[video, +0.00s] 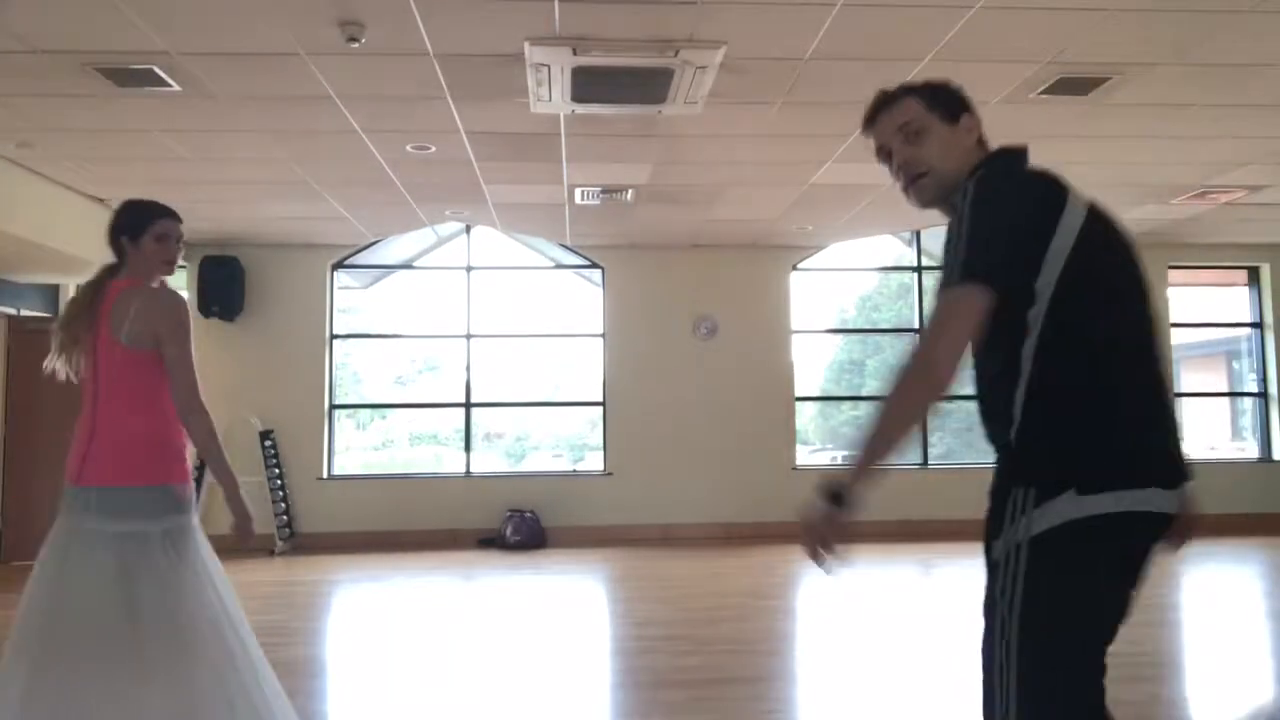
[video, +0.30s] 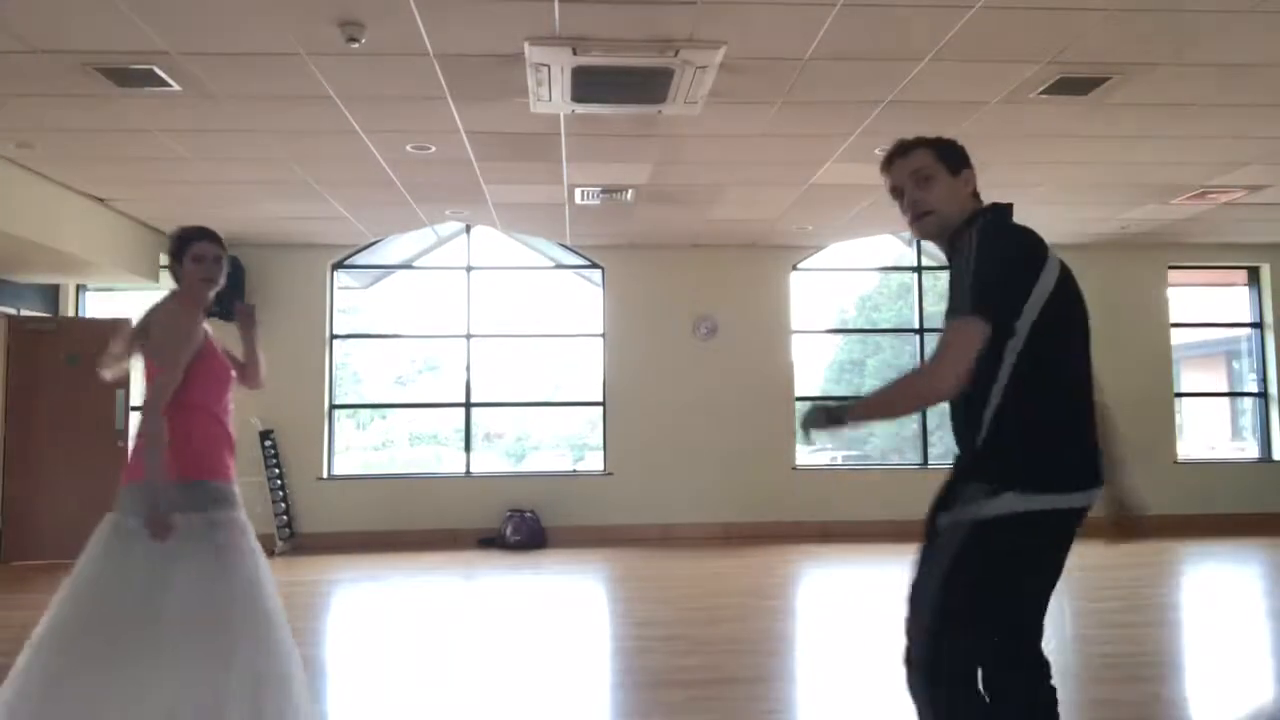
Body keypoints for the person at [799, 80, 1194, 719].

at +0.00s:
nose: (900, 160)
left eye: (912, 134)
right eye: (886, 156)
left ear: (968, 126)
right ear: (890, 173)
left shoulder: (997, 196)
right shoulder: (1060, 202)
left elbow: (939, 357)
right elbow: (1126, 355)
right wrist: (1170, 480)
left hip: (1068, 493)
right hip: (1124, 487)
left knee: (1027, 697)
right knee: (1066, 691)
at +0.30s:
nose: (910, 200)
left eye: (923, 182)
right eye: (899, 194)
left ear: (967, 181)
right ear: (899, 211)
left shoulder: (988, 245)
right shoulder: (1029, 251)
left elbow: (947, 375)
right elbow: (1078, 387)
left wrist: (847, 412)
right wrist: (1114, 484)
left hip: (1009, 487)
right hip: (1055, 484)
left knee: (938, 653)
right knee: (1013, 651)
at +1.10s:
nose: (895, 256)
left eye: (906, 245)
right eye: (890, 247)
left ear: (934, 249)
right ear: (890, 254)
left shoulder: (948, 303)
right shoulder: (943, 304)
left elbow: (966, 391)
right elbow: (982, 394)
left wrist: (894, 429)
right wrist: (918, 431)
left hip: (943, 469)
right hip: (955, 466)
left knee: (930, 591)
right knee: (954, 583)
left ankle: (968, 709)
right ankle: (990, 694)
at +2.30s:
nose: (837, 273)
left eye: (845, 264)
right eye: (836, 265)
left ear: (874, 268)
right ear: (859, 271)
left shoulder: (900, 313)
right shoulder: (864, 324)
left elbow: (920, 393)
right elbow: (857, 401)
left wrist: (905, 467)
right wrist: (827, 465)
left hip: (901, 459)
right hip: (872, 459)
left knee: (893, 566)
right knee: (878, 564)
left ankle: (903, 683)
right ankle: (893, 673)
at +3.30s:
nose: (890, 249)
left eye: (899, 240)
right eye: (889, 240)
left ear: (933, 245)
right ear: (898, 248)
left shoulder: (971, 303)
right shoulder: (903, 315)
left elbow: (992, 394)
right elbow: (908, 400)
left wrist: (962, 471)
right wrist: (883, 470)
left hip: (968, 470)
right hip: (911, 469)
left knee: (975, 591)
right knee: (894, 585)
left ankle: (983, 709)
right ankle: (916, 697)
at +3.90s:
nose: (964, 229)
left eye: (977, 217)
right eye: (957, 219)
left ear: (1008, 224)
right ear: (949, 229)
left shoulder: (1043, 288)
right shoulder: (957, 308)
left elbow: (1078, 393)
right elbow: (954, 403)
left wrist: (1088, 489)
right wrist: (908, 471)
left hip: (1040, 483)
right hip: (974, 482)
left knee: (1054, 623)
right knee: (947, 603)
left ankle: (1075, 714)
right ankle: (944, 713)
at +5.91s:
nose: (990, 214)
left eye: (1004, 204)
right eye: (993, 204)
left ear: (1045, 213)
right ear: (1031, 216)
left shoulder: (1081, 275)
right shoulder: (1018, 293)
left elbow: (1101, 385)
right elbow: (1016, 398)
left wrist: (1066, 480)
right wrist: (985, 479)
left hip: (1066, 484)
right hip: (1023, 481)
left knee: (1077, 628)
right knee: (1048, 627)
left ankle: (1091, 715)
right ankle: (1069, 713)